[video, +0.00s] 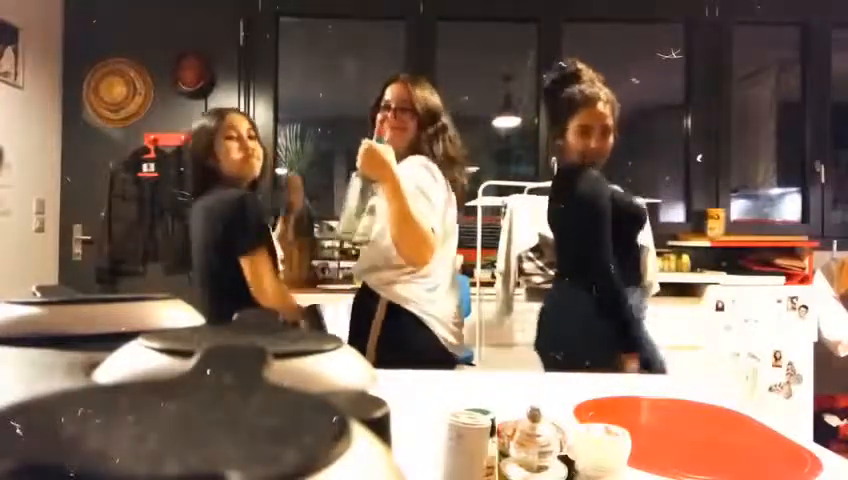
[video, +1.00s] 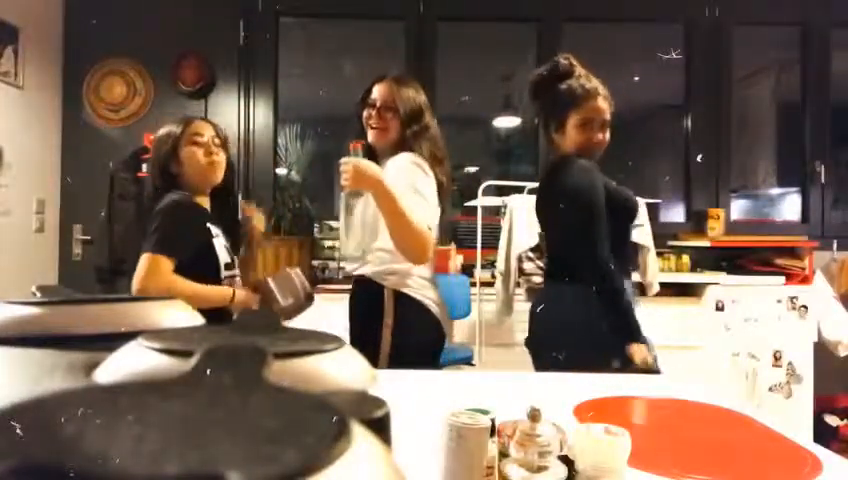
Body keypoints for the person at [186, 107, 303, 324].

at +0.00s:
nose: (248, 146)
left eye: (252, 137)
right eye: (232, 138)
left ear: (260, 145)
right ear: (209, 154)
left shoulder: (201, 206)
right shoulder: (242, 204)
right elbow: (266, 291)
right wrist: (298, 314)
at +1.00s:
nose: (213, 150)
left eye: (218, 144)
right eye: (197, 143)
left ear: (225, 158)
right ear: (173, 163)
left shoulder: (205, 213)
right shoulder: (177, 208)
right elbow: (148, 282)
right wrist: (231, 296)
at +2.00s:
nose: (215, 135)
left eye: (221, 127)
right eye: (200, 128)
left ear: (231, 137)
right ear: (177, 145)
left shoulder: (212, 196)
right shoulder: (186, 191)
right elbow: (165, 266)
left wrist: (251, 276)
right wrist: (241, 279)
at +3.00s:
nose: (222, 139)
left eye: (227, 131)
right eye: (206, 131)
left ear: (236, 141)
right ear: (181, 148)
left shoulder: (212, 202)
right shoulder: (187, 198)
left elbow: (222, 278)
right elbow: (173, 275)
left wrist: (268, 292)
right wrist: (247, 285)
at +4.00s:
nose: (223, 149)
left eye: (230, 140)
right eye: (208, 141)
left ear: (240, 151)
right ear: (185, 156)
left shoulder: (220, 211)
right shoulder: (195, 207)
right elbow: (183, 281)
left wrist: (272, 285)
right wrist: (255, 284)